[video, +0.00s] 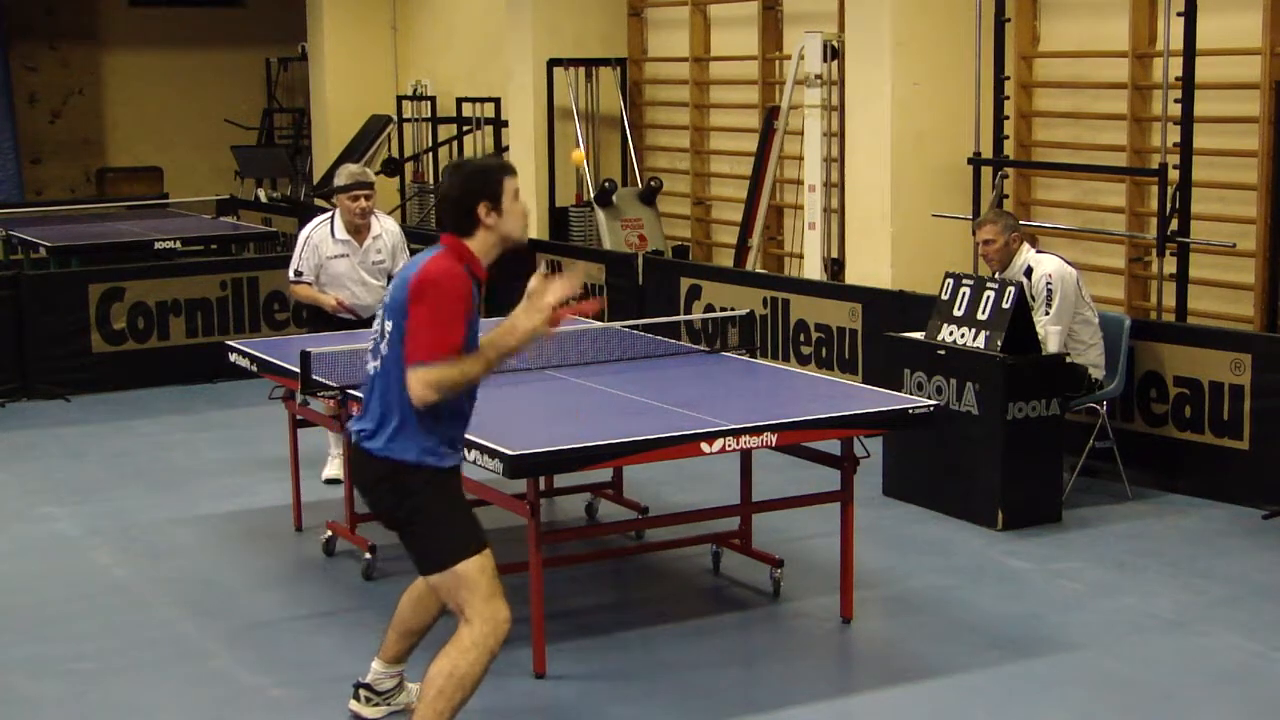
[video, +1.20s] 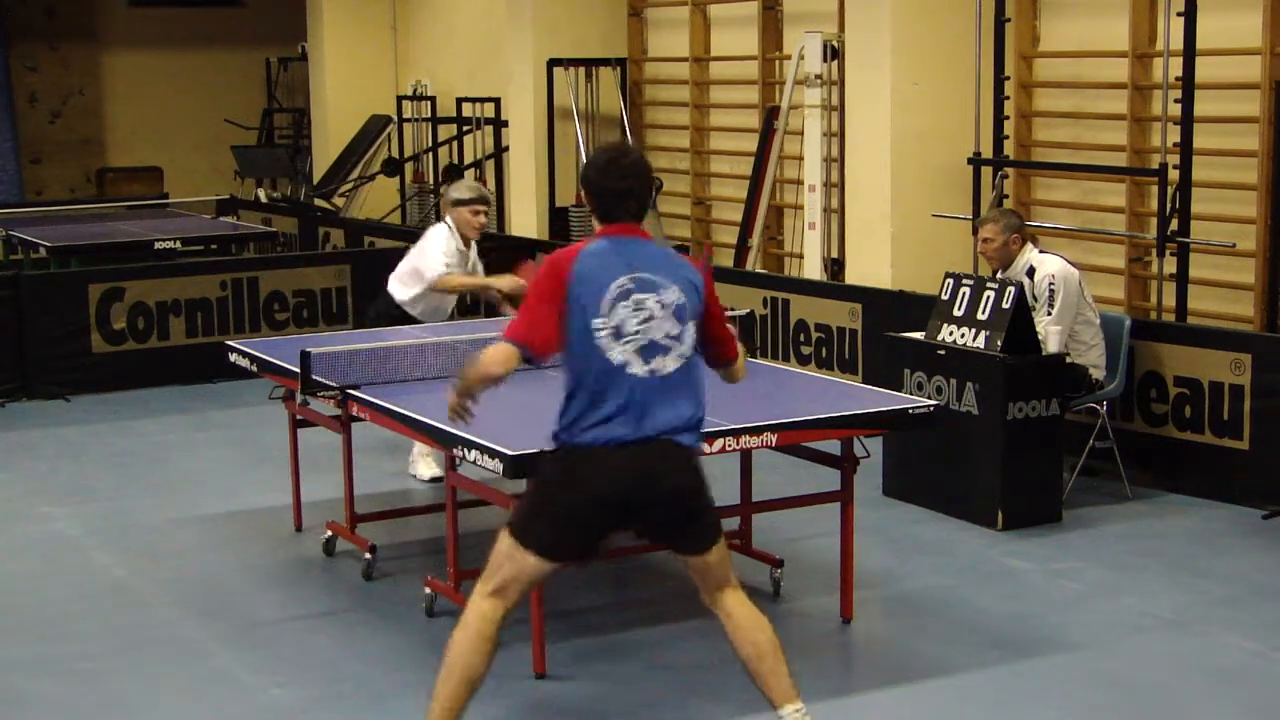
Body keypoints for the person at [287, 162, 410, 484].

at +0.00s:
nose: (363, 205)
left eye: (368, 197)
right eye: (354, 199)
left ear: (375, 197)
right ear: (337, 200)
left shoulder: (390, 230)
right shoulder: (314, 234)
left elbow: (405, 279)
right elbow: (297, 286)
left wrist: (401, 315)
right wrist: (323, 299)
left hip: (380, 320)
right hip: (332, 323)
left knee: (380, 386)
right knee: (335, 391)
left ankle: (382, 453)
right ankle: (336, 453)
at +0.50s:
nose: (394, 199)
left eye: (400, 192)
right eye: (386, 193)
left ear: (408, 192)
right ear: (371, 193)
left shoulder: (423, 224)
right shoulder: (348, 226)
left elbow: (440, 269)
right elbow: (324, 274)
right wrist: (351, 289)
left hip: (408, 308)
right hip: (362, 311)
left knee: (416, 377)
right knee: (355, 379)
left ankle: (423, 449)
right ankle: (358, 451)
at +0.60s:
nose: (400, 198)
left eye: (406, 191)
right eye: (392, 192)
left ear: (415, 191)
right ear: (377, 192)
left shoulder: (428, 223)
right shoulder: (358, 221)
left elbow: (446, 267)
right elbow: (332, 274)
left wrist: (456, 314)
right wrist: (360, 289)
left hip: (414, 311)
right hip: (368, 312)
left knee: (425, 378)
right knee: (359, 378)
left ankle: (440, 449)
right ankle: (358, 448)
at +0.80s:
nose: (427, 196)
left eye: (432, 190)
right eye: (419, 190)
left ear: (439, 191)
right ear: (402, 192)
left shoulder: (449, 223)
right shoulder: (379, 226)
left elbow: (476, 260)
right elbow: (352, 274)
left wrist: (490, 301)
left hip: (429, 309)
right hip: (381, 308)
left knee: (442, 377)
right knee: (367, 377)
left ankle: (461, 444)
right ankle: (362, 450)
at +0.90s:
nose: (444, 199)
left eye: (449, 193)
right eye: (436, 192)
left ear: (456, 194)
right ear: (418, 192)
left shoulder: (459, 227)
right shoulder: (397, 224)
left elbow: (488, 269)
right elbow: (370, 271)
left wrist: (515, 297)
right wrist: (408, 279)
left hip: (432, 309)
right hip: (390, 307)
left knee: (445, 371)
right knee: (391, 371)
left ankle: (468, 443)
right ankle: (382, 440)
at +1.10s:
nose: (470, 211)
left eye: (475, 204)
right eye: (463, 203)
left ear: (479, 205)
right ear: (444, 203)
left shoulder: (468, 235)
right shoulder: (425, 229)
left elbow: (487, 274)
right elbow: (415, 277)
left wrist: (518, 301)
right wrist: (463, 273)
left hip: (433, 314)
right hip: (397, 312)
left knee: (436, 378)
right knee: (419, 380)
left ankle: (426, 446)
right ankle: (420, 447)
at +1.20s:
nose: (482, 221)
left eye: (485, 215)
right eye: (475, 213)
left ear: (486, 215)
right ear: (452, 212)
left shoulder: (469, 244)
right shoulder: (438, 238)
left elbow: (479, 285)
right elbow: (439, 281)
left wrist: (507, 308)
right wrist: (495, 283)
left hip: (432, 320)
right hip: (396, 318)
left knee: (437, 380)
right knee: (428, 382)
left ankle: (425, 449)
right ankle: (422, 450)